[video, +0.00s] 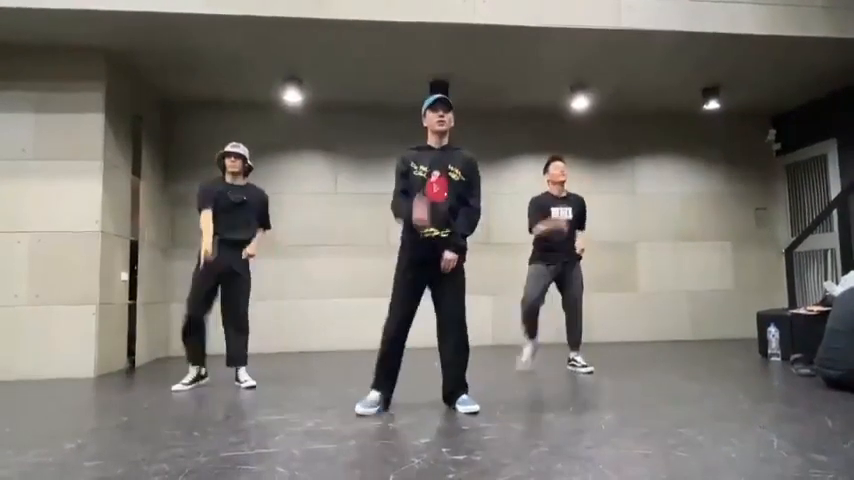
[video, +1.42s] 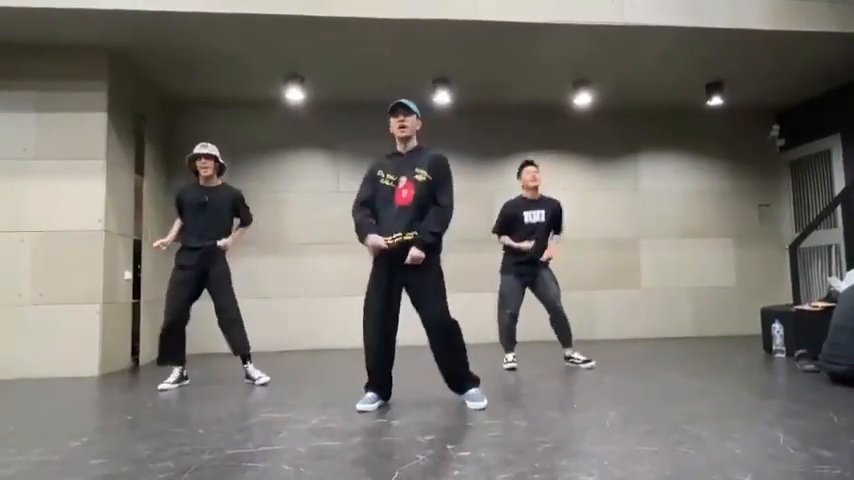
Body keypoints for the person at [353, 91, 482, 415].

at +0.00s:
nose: (441, 116)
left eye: (446, 111)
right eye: (434, 111)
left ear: (453, 118)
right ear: (424, 118)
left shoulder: (466, 162)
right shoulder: (409, 159)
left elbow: (471, 209)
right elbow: (398, 202)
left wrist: (456, 245)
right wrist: (412, 211)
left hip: (449, 254)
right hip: (413, 254)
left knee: (454, 326)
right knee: (396, 324)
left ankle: (457, 393)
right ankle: (380, 392)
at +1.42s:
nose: (401, 121)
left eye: (407, 115)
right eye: (396, 116)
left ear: (419, 123)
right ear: (390, 124)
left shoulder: (435, 161)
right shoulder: (379, 167)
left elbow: (443, 207)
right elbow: (361, 206)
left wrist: (422, 243)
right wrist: (368, 233)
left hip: (421, 256)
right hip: (385, 258)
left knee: (439, 322)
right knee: (377, 323)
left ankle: (466, 385)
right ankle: (377, 390)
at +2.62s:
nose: (428, 123)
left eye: (433, 118)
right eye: (421, 119)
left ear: (441, 125)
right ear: (413, 128)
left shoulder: (460, 164)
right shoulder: (403, 169)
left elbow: (488, 196)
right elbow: (374, 199)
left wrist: (502, 166)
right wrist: (358, 173)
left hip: (450, 260)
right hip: (411, 261)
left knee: (461, 326)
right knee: (406, 328)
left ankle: (475, 390)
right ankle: (402, 391)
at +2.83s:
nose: (417, 119)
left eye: (423, 115)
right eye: (412, 117)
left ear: (435, 124)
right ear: (407, 129)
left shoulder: (456, 157)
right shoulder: (400, 170)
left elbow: (488, 185)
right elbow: (369, 195)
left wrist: (502, 156)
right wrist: (354, 167)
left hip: (450, 258)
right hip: (413, 261)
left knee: (460, 324)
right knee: (409, 326)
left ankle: (475, 390)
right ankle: (403, 391)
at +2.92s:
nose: (412, 122)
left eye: (418, 116)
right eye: (407, 120)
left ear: (432, 124)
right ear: (404, 131)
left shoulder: (453, 155)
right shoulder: (402, 171)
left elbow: (486, 185)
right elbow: (370, 197)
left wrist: (500, 157)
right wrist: (353, 169)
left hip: (449, 256)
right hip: (414, 260)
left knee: (459, 323)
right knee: (411, 326)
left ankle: (475, 390)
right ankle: (403, 390)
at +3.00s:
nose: (409, 127)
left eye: (416, 121)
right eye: (406, 123)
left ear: (431, 126)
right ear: (403, 132)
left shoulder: (454, 157)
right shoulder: (403, 174)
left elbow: (486, 189)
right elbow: (374, 202)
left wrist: (500, 161)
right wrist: (355, 173)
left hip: (448, 257)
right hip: (413, 261)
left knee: (458, 324)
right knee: (410, 326)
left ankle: (475, 390)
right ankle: (403, 390)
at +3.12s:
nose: (416, 137)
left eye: (422, 131)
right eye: (413, 132)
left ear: (437, 133)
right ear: (409, 137)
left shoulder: (460, 162)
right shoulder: (411, 178)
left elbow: (490, 196)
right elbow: (384, 209)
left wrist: (501, 173)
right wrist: (363, 182)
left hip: (447, 259)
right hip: (412, 262)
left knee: (457, 326)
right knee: (407, 328)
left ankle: (475, 390)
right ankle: (402, 391)